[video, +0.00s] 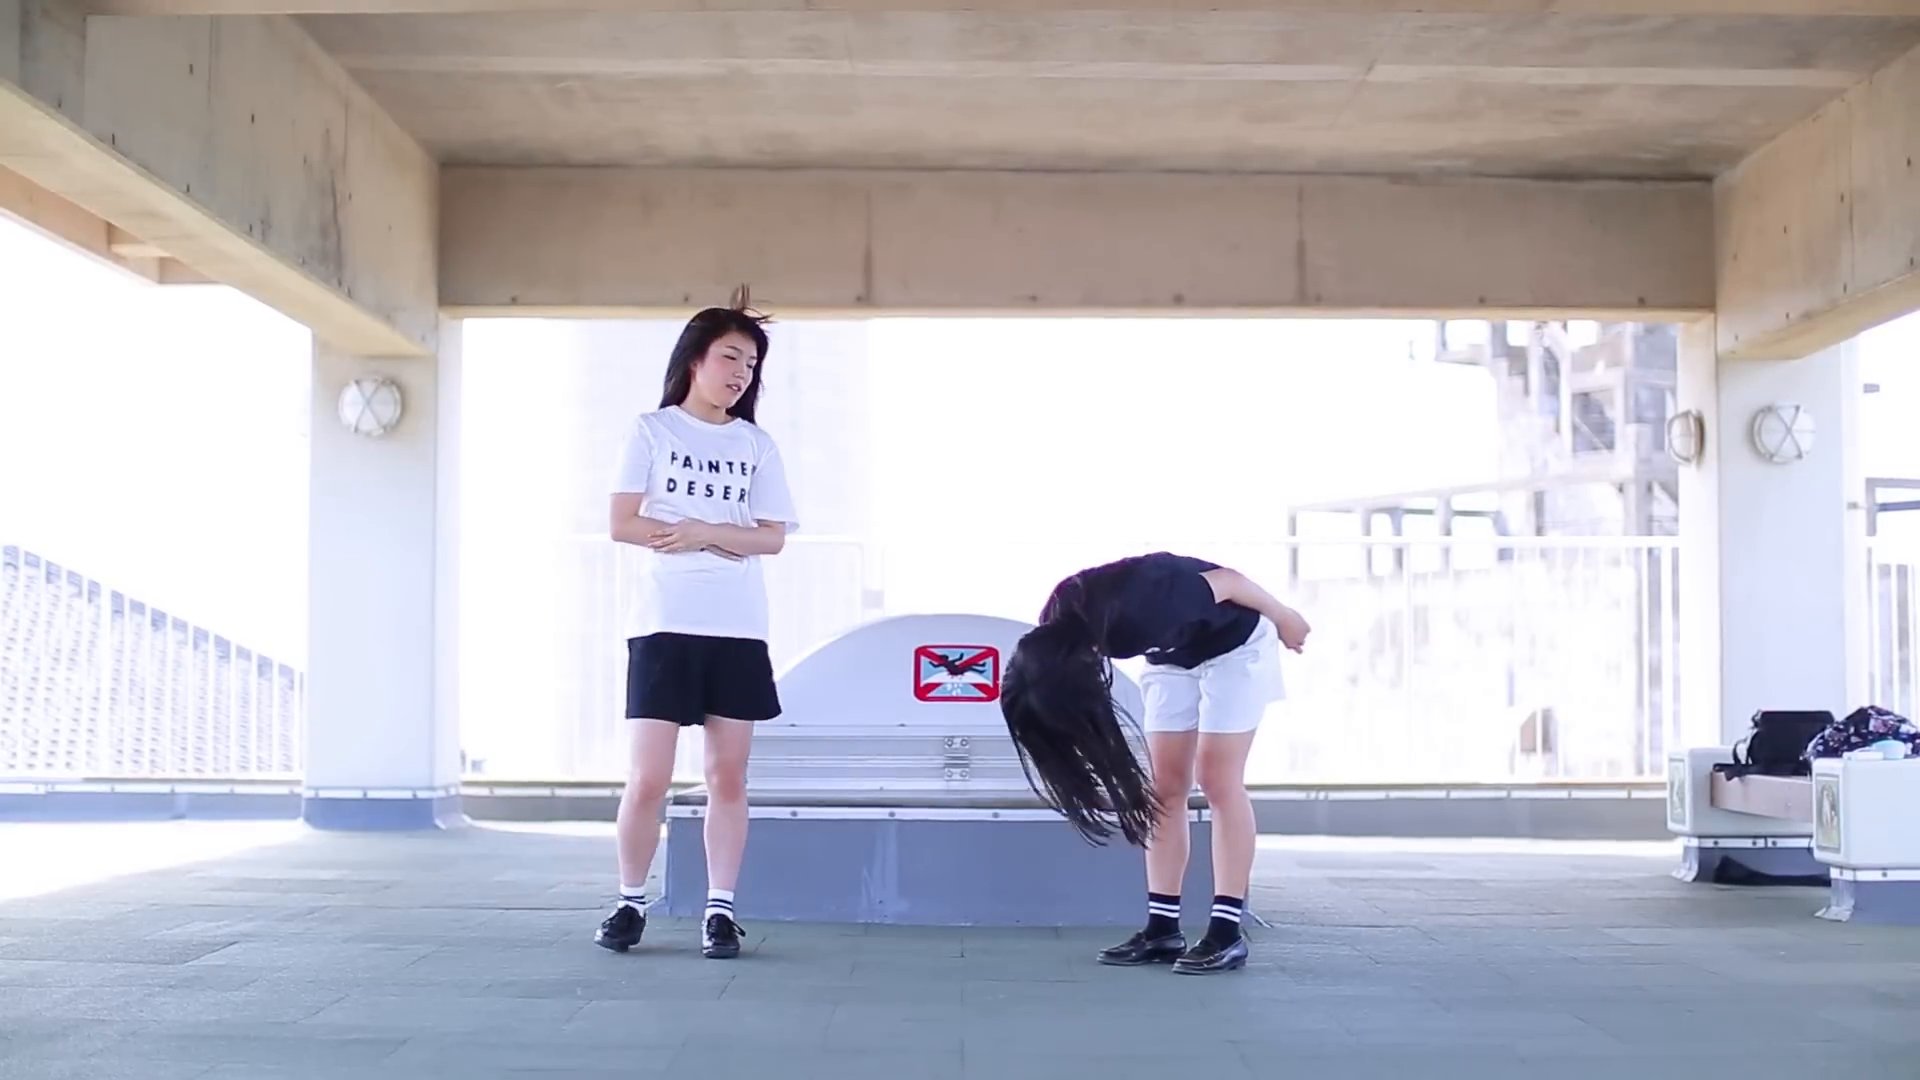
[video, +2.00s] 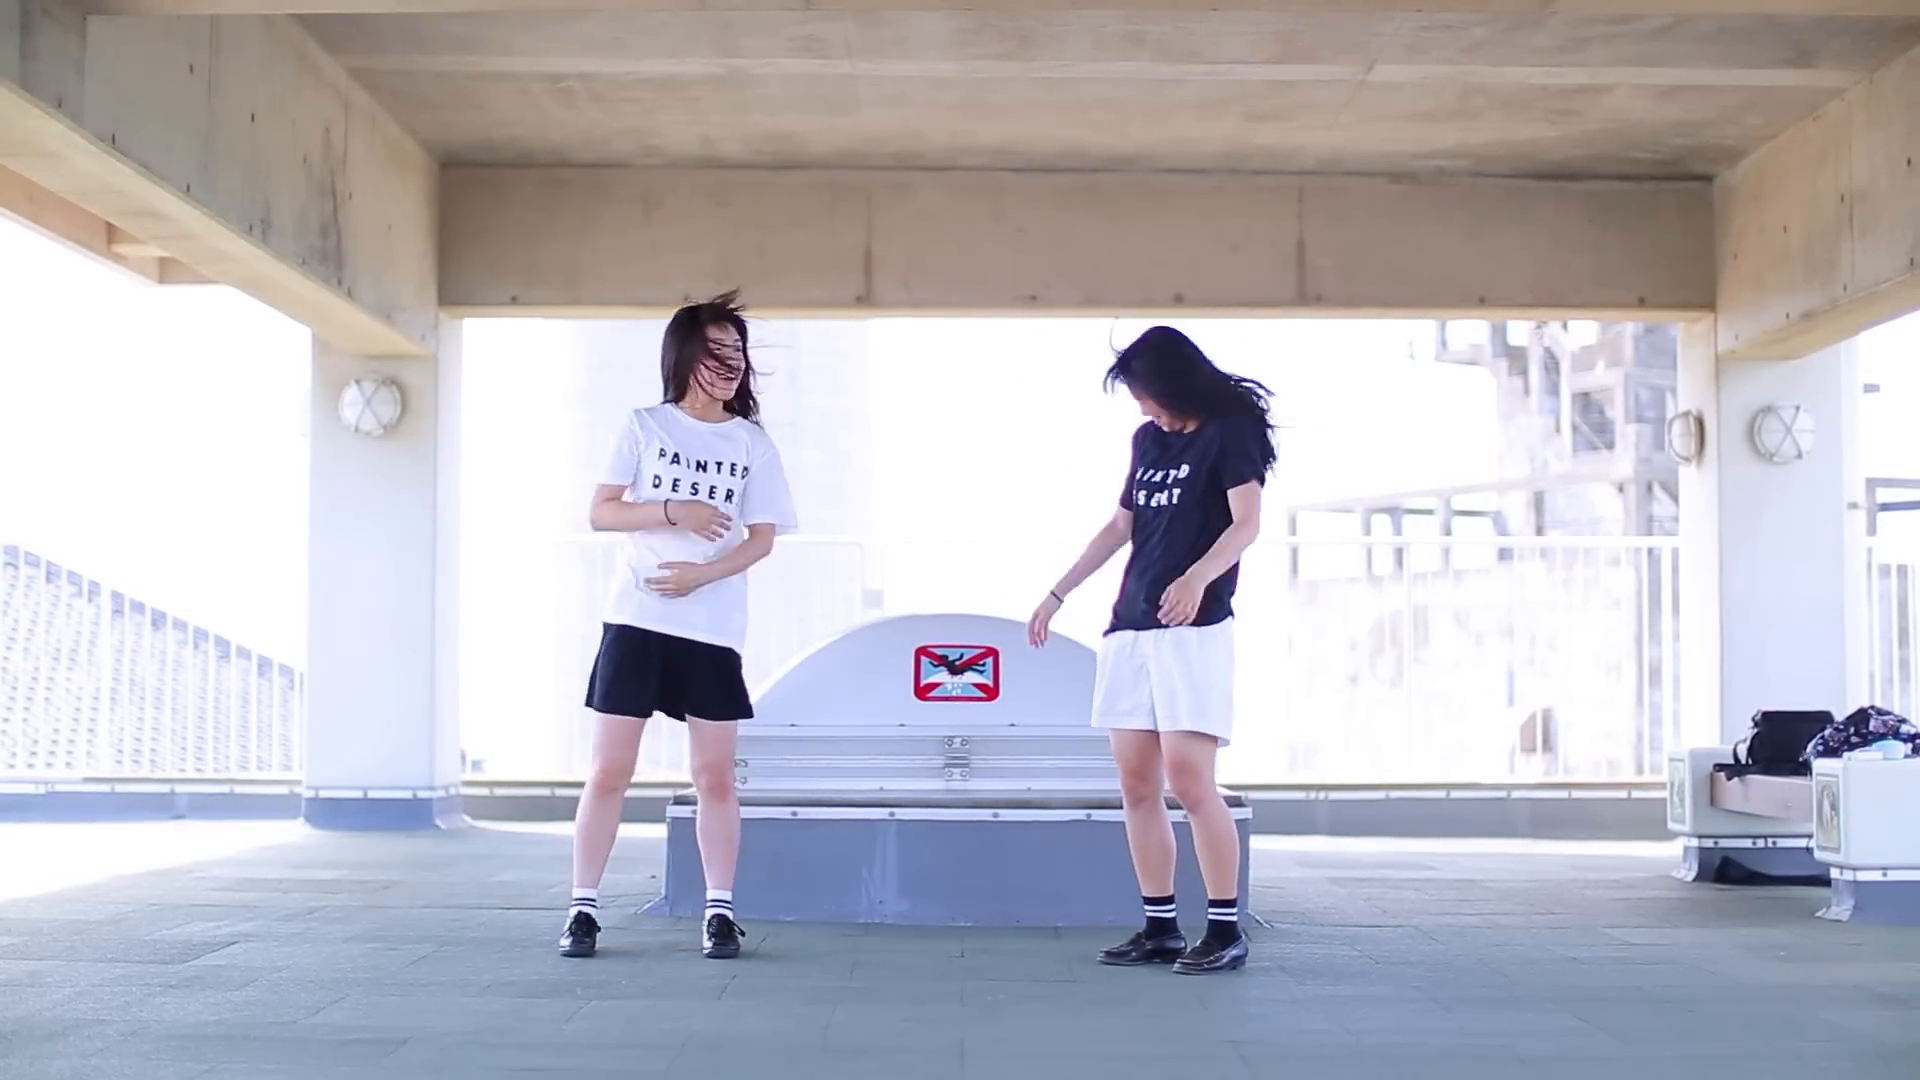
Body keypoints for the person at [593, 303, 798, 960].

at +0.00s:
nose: (737, 372)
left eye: (748, 364)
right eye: (727, 357)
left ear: (754, 375)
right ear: (692, 357)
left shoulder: (758, 444)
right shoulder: (651, 429)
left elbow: (773, 539)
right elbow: (622, 525)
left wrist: (698, 532)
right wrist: (721, 534)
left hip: (739, 630)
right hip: (664, 626)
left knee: (728, 777)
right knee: (650, 780)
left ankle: (720, 911)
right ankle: (631, 902)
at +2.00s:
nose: (726, 363)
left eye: (735, 353)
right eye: (712, 351)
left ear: (746, 361)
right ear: (682, 355)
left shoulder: (753, 441)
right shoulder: (646, 424)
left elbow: (763, 538)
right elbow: (601, 512)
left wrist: (704, 573)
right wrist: (676, 510)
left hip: (712, 630)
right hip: (636, 621)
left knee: (716, 778)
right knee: (609, 774)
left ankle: (719, 911)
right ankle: (583, 908)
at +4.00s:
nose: (619, 350)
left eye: (624, 341)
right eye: (603, 340)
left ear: (630, 355)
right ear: (569, 354)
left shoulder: (645, 433)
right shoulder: (542, 432)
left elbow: (662, 524)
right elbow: (527, 535)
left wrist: (689, 597)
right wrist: (526, 493)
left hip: (631, 622)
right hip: (558, 621)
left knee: (647, 771)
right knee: (567, 773)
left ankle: (636, 907)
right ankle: (578, 910)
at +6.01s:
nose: (629, 367)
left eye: (640, 368)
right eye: (623, 352)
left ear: (637, 385)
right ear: (590, 348)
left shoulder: (632, 447)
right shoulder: (524, 416)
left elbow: (632, 546)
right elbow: (488, 514)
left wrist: (627, 632)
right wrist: (489, 604)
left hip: (601, 629)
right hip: (531, 620)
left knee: (596, 773)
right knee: (535, 772)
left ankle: (595, 906)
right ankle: (541, 911)